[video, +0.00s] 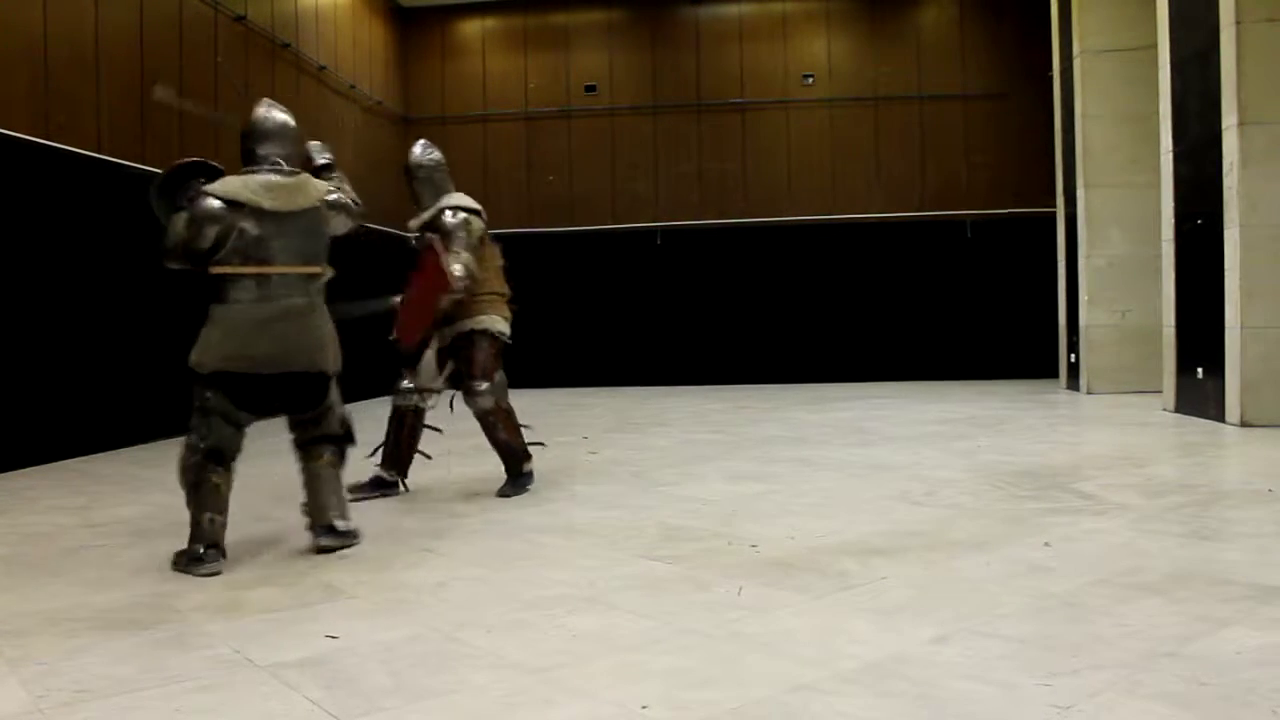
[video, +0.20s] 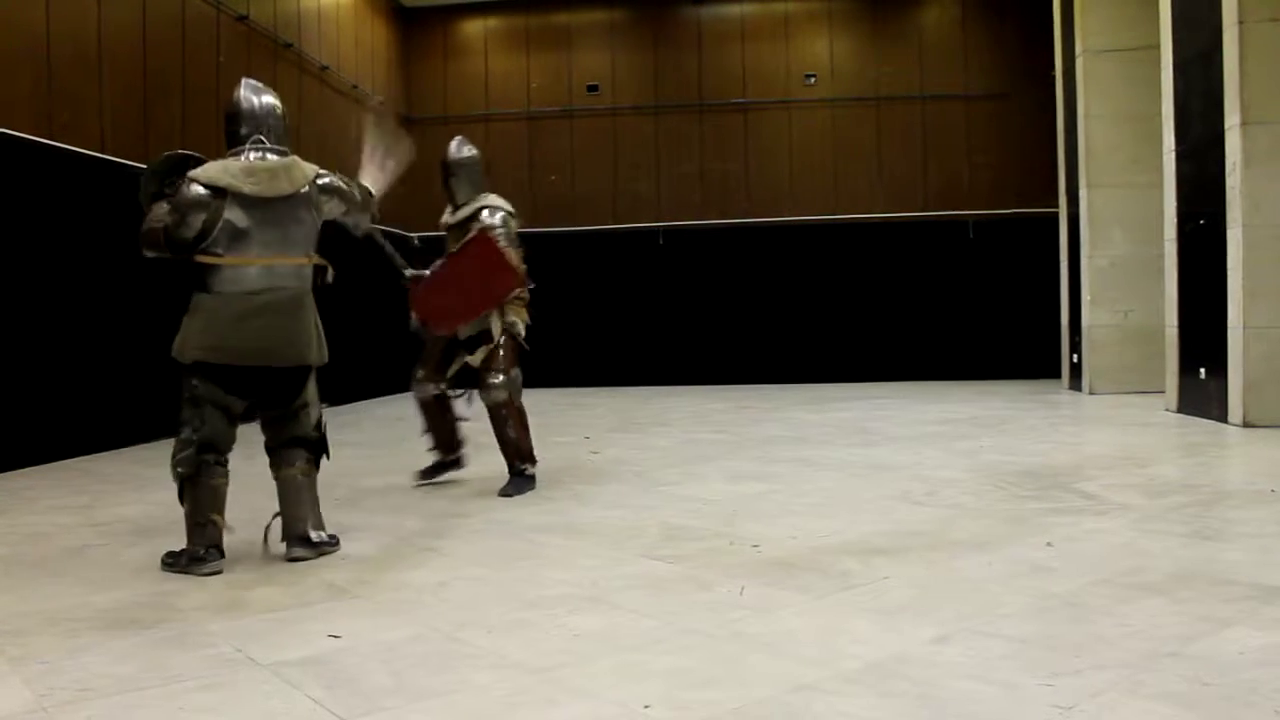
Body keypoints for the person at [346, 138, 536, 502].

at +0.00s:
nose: (417, 187)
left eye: (421, 178)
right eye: (415, 179)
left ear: (433, 178)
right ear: (422, 181)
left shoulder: (457, 215)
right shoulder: (431, 223)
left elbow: (458, 279)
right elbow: (429, 279)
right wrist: (409, 303)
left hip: (480, 313)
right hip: (445, 317)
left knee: (481, 389)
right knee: (410, 391)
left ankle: (519, 469)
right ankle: (391, 474)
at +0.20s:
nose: (459, 182)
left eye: (465, 173)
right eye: (453, 175)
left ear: (477, 173)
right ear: (446, 178)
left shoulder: (492, 216)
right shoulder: (453, 218)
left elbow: (500, 272)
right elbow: (455, 266)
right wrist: (427, 279)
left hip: (502, 312)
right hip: (464, 315)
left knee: (497, 386)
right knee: (428, 384)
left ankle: (521, 470)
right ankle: (449, 454)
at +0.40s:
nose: (492, 185)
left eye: (498, 176)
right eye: (486, 177)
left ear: (509, 178)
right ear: (476, 180)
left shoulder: (523, 219)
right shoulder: (468, 222)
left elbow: (545, 268)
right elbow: (468, 265)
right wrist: (429, 267)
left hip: (517, 319)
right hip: (477, 322)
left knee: (517, 384)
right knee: (469, 390)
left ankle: (533, 464)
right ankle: (502, 447)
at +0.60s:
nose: (536, 177)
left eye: (542, 168)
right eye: (529, 170)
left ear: (550, 169)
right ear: (518, 172)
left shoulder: (568, 213)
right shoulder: (505, 216)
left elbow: (600, 269)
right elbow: (501, 262)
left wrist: (587, 311)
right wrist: (475, 259)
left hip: (560, 314)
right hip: (518, 315)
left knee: (569, 379)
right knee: (521, 382)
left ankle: (581, 452)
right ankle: (540, 452)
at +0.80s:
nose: (593, 186)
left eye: (599, 179)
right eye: (587, 179)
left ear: (608, 179)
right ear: (577, 182)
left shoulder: (628, 219)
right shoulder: (565, 222)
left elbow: (650, 265)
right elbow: (560, 267)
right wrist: (541, 260)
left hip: (618, 314)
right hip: (575, 313)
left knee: (631, 377)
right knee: (570, 379)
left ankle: (646, 433)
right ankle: (578, 450)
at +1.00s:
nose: (636, 193)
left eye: (641, 186)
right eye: (630, 186)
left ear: (650, 186)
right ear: (621, 188)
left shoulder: (668, 223)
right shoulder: (606, 223)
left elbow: (684, 270)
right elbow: (600, 262)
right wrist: (591, 269)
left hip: (658, 314)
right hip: (618, 313)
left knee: (666, 377)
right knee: (613, 375)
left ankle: (672, 438)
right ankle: (614, 439)